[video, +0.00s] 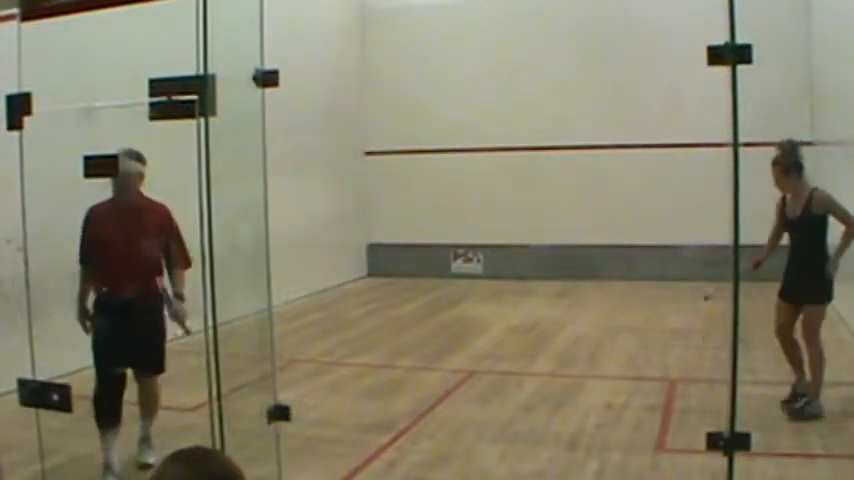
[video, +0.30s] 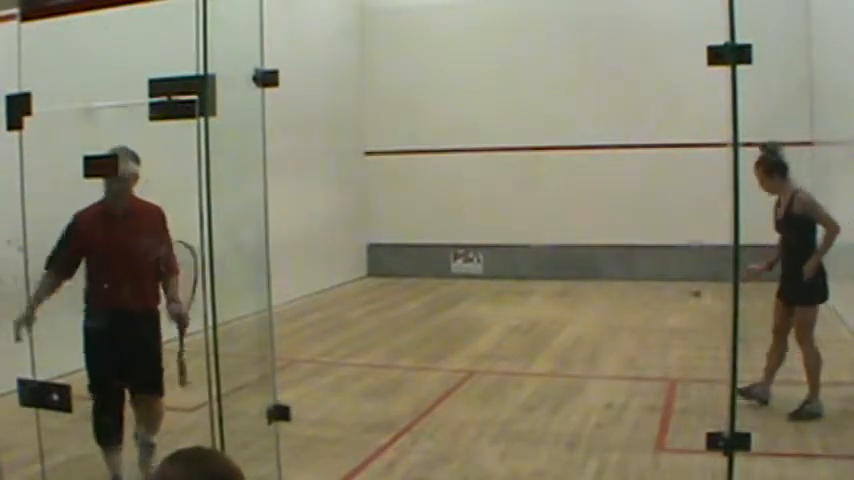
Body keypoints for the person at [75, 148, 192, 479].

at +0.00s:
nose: (125, 183)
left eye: (132, 177)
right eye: (120, 177)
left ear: (143, 178)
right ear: (112, 178)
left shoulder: (159, 214)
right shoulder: (97, 215)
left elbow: (176, 261)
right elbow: (87, 265)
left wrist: (180, 299)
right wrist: (82, 302)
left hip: (147, 306)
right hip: (108, 307)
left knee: (147, 377)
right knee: (109, 382)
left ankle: (146, 441)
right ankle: (109, 459)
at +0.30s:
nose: (119, 183)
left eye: (126, 177)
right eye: (114, 176)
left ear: (137, 178)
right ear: (103, 178)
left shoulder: (152, 216)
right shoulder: (86, 221)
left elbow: (168, 266)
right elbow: (58, 269)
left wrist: (174, 300)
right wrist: (32, 306)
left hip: (143, 318)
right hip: (102, 320)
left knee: (149, 396)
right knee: (107, 399)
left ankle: (147, 459)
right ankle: (116, 472)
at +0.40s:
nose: (120, 184)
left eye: (128, 177)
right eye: (115, 176)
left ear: (140, 178)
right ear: (105, 176)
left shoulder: (154, 215)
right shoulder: (86, 218)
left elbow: (169, 265)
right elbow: (49, 260)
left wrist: (178, 297)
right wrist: (15, 286)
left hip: (146, 320)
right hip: (103, 321)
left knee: (152, 400)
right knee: (108, 402)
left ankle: (152, 469)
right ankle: (116, 473)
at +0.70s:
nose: (152, 185)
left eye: (160, 179)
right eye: (146, 178)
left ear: (169, 185)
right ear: (132, 178)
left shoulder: (176, 228)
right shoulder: (101, 224)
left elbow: (189, 283)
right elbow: (41, 247)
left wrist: (205, 324)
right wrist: (2, 237)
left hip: (164, 339)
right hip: (117, 341)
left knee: (169, 429)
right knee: (116, 435)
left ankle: (170, 475)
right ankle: (115, 471)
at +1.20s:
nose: (182, 207)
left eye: (184, 200)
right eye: (178, 198)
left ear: (179, 194)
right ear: (153, 187)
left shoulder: (167, 224)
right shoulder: (109, 234)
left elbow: (178, 285)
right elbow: (98, 307)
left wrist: (209, 314)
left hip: (171, 354)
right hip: (127, 359)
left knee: (187, 448)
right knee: (148, 461)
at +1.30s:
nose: (184, 204)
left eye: (187, 196)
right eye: (180, 194)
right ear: (154, 186)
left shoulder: (162, 225)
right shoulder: (114, 232)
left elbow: (171, 284)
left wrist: (204, 310)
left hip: (165, 355)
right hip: (126, 358)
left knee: (183, 450)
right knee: (149, 461)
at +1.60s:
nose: (186, 190)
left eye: (186, 182)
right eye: (182, 181)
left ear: (152, 179)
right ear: (163, 178)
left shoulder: (129, 217)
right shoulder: (148, 224)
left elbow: (145, 274)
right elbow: (161, 306)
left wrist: (187, 281)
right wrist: (197, 350)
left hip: (127, 345)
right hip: (146, 350)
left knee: (153, 453)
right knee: (159, 455)